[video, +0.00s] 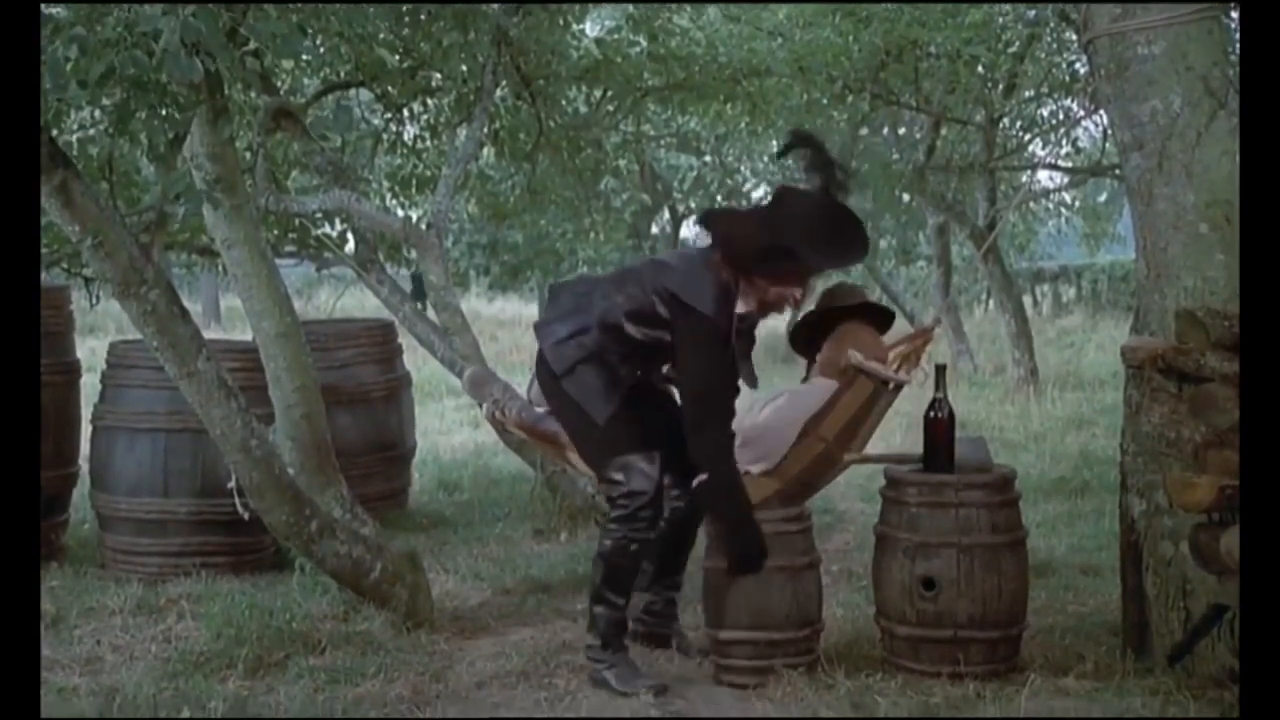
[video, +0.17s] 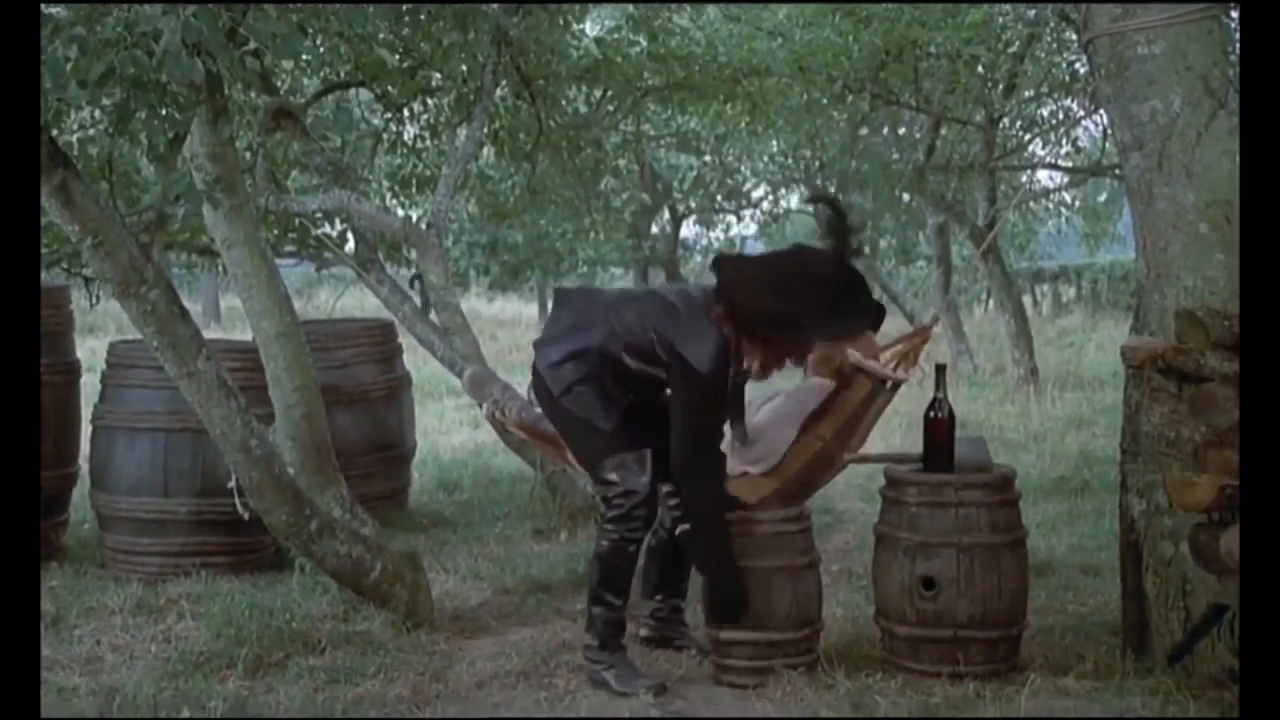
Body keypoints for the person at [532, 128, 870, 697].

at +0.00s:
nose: (800, 299)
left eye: (808, 285)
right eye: (795, 282)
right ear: (760, 268)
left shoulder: (729, 297)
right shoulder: (704, 304)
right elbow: (710, 442)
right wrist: (742, 538)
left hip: (630, 365)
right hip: (575, 358)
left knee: (689, 481)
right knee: (639, 485)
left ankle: (654, 619)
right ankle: (606, 652)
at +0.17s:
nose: (794, 361)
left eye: (801, 352)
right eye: (793, 348)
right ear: (766, 326)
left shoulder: (726, 332)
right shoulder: (702, 352)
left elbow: (703, 469)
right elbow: (696, 483)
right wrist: (727, 592)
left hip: (631, 372)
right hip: (570, 366)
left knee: (680, 489)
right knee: (629, 494)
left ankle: (664, 620)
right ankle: (604, 650)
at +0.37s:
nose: (798, 412)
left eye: (805, 403)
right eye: (796, 399)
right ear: (767, 377)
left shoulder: (734, 356)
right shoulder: (703, 390)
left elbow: (705, 497)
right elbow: (695, 523)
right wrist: (728, 644)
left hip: (625, 370)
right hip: (568, 375)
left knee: (682, 490)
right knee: (638, 492)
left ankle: (665, 615)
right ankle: (602, 652)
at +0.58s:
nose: (780, 434)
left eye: (790, 426)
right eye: (783, 422)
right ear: (763, 395)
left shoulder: (730, 361)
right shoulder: (700, 409)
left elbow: (711, 500)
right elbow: (693, 534)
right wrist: (728, 659)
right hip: (568, 382)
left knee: (687, 487)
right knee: (639, 494)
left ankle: (671, 613)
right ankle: (590, 661)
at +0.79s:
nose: (752, 449)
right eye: (757, 438)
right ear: (737, 404)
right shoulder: (678, 409)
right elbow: (677, 548)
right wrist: (722, 655)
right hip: (563, 381)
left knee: (695, 487)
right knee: (629, 488)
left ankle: (670, 612)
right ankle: (590, 659)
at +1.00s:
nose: (723, 455)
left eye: (735, 445)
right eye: (722, 441)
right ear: (705, 410)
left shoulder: (715, 367)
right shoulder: (663, 415)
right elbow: (670, 554)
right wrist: (721, 661)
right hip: (554, 384)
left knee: (690, 493)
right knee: (622, 493)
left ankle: (665, 615)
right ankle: (589, 660)